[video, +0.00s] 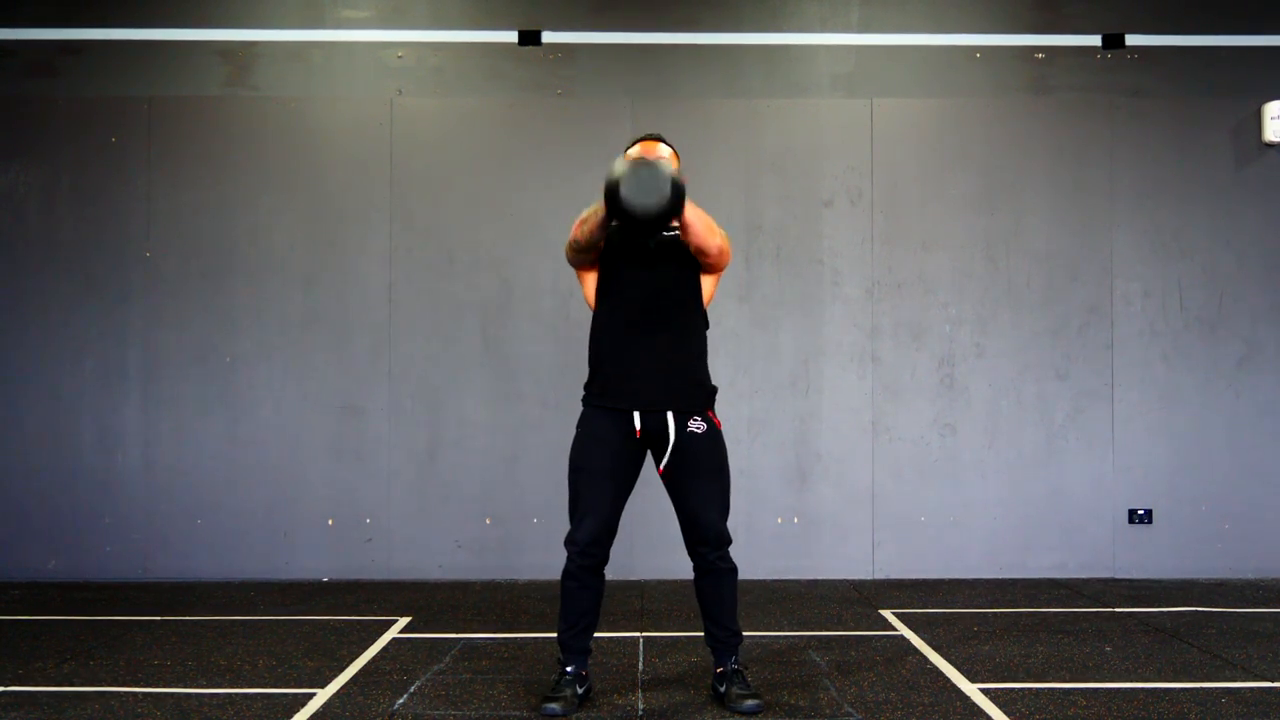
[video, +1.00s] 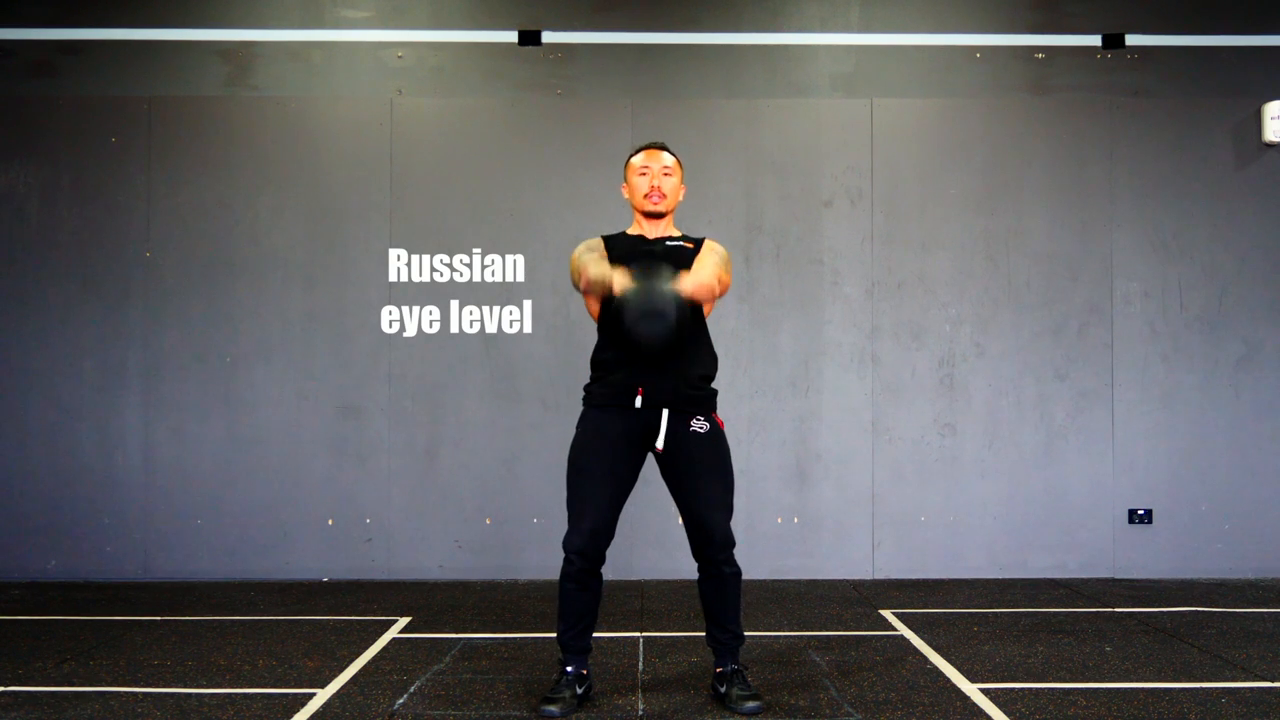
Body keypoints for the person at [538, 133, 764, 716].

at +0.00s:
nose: (651, 172)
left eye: (662, 164)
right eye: (640, 162)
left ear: (679, 181)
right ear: (619, 178)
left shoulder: (701, 250)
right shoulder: (596, 248)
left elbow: (717, 251)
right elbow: (580, 241)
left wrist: (674, 192)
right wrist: (615, 197)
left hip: (688, 414)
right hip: (610, 413)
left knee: (712, 544)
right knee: (585, 545)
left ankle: (729, 670)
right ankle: (572, 672)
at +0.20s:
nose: (650, 170)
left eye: (661, 162)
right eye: (638, 162)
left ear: (679, 179)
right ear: (621, 181)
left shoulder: (708, 251)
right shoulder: (589, 250)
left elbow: (703, 314)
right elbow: (591, 313)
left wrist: (675, 361)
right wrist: (619, 359)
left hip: (688, 416)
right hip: (608, 416)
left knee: (725, 544)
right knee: (574, 546)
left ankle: (730, 670)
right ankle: (571, 673)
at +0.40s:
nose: (648, 205)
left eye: (660, 195)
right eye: (635, 195)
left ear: (677, 208)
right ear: (618, 210)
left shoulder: (711, 288)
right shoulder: (586, 288)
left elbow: (702, 388)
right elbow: (595, 389)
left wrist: (679, 464)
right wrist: (620, 464)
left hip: (690, 440)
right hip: (607, 440)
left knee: (747, 538)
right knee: (553, 542)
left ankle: (733, 670)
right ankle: (568, 674)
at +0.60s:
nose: (646, 239)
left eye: (658, 226)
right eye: (633, 228)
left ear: (676, 235)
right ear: (616, 238)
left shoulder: (712, 308)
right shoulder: (586, 312)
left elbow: (705, 403)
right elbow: (595, 408)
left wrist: (683, 475)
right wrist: (621, 476)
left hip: (691, 445)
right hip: (610, 446)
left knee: (750, 535)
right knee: (554, 537)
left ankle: (734, 668)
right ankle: (568, 672)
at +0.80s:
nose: (650, 196)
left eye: (662, 185)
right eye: (637, 186)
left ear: (678, 196)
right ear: (620, 198)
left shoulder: (713, 274)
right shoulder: (587, 280)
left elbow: (704, 366)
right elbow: (598, 370)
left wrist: (683, 442)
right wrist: (625, 442)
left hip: (693, 433)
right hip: (611, 432)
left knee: (743, 554)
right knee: (563, 554)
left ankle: (732, 673)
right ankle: (571, 675)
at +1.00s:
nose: (655, 180)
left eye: (667, 172)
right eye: (644, 172)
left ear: (682, 189)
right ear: (625, 189)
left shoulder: (706, 251)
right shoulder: (597, 250)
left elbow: (707, 283)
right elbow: (594, 276)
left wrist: (671, 287)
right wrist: (622, 284)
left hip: (690, 415)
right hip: (612, 413)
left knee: (716, 543)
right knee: (583, 544)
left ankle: (729, 670)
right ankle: (573, 672)